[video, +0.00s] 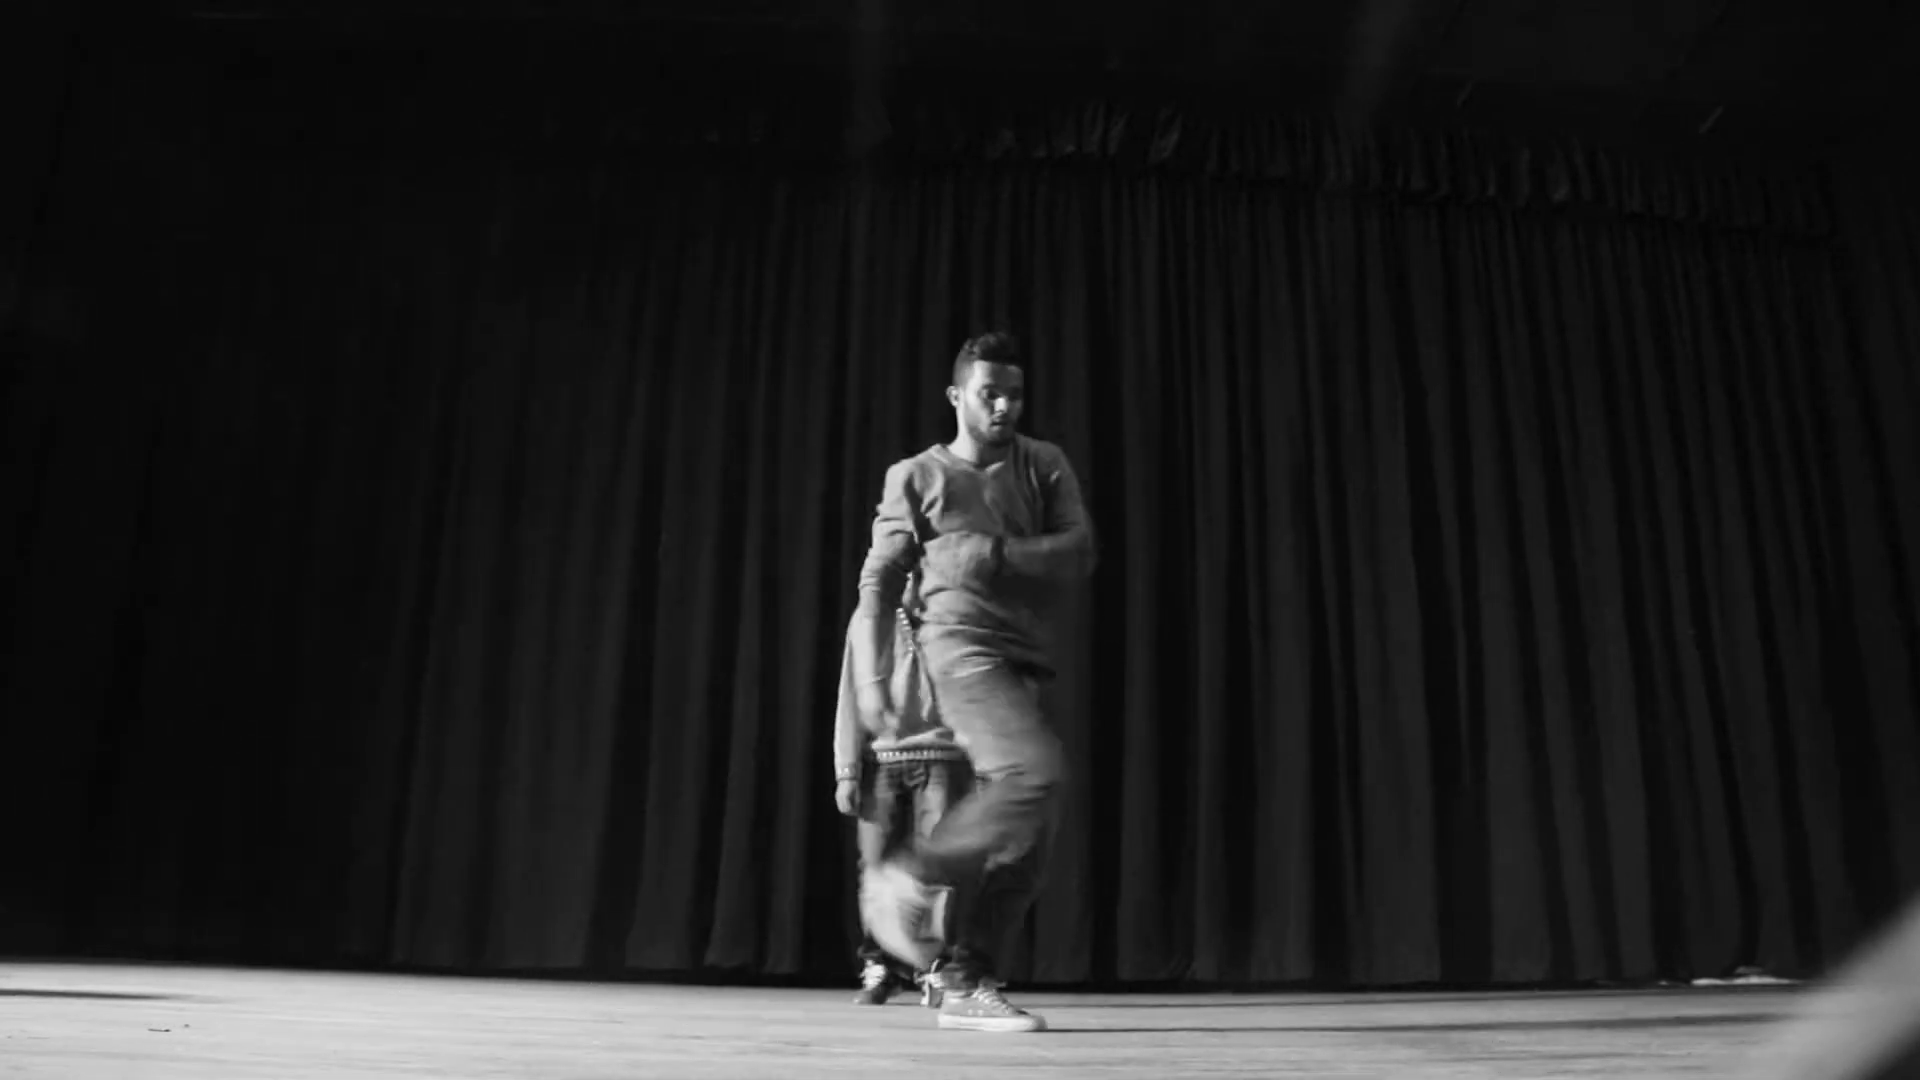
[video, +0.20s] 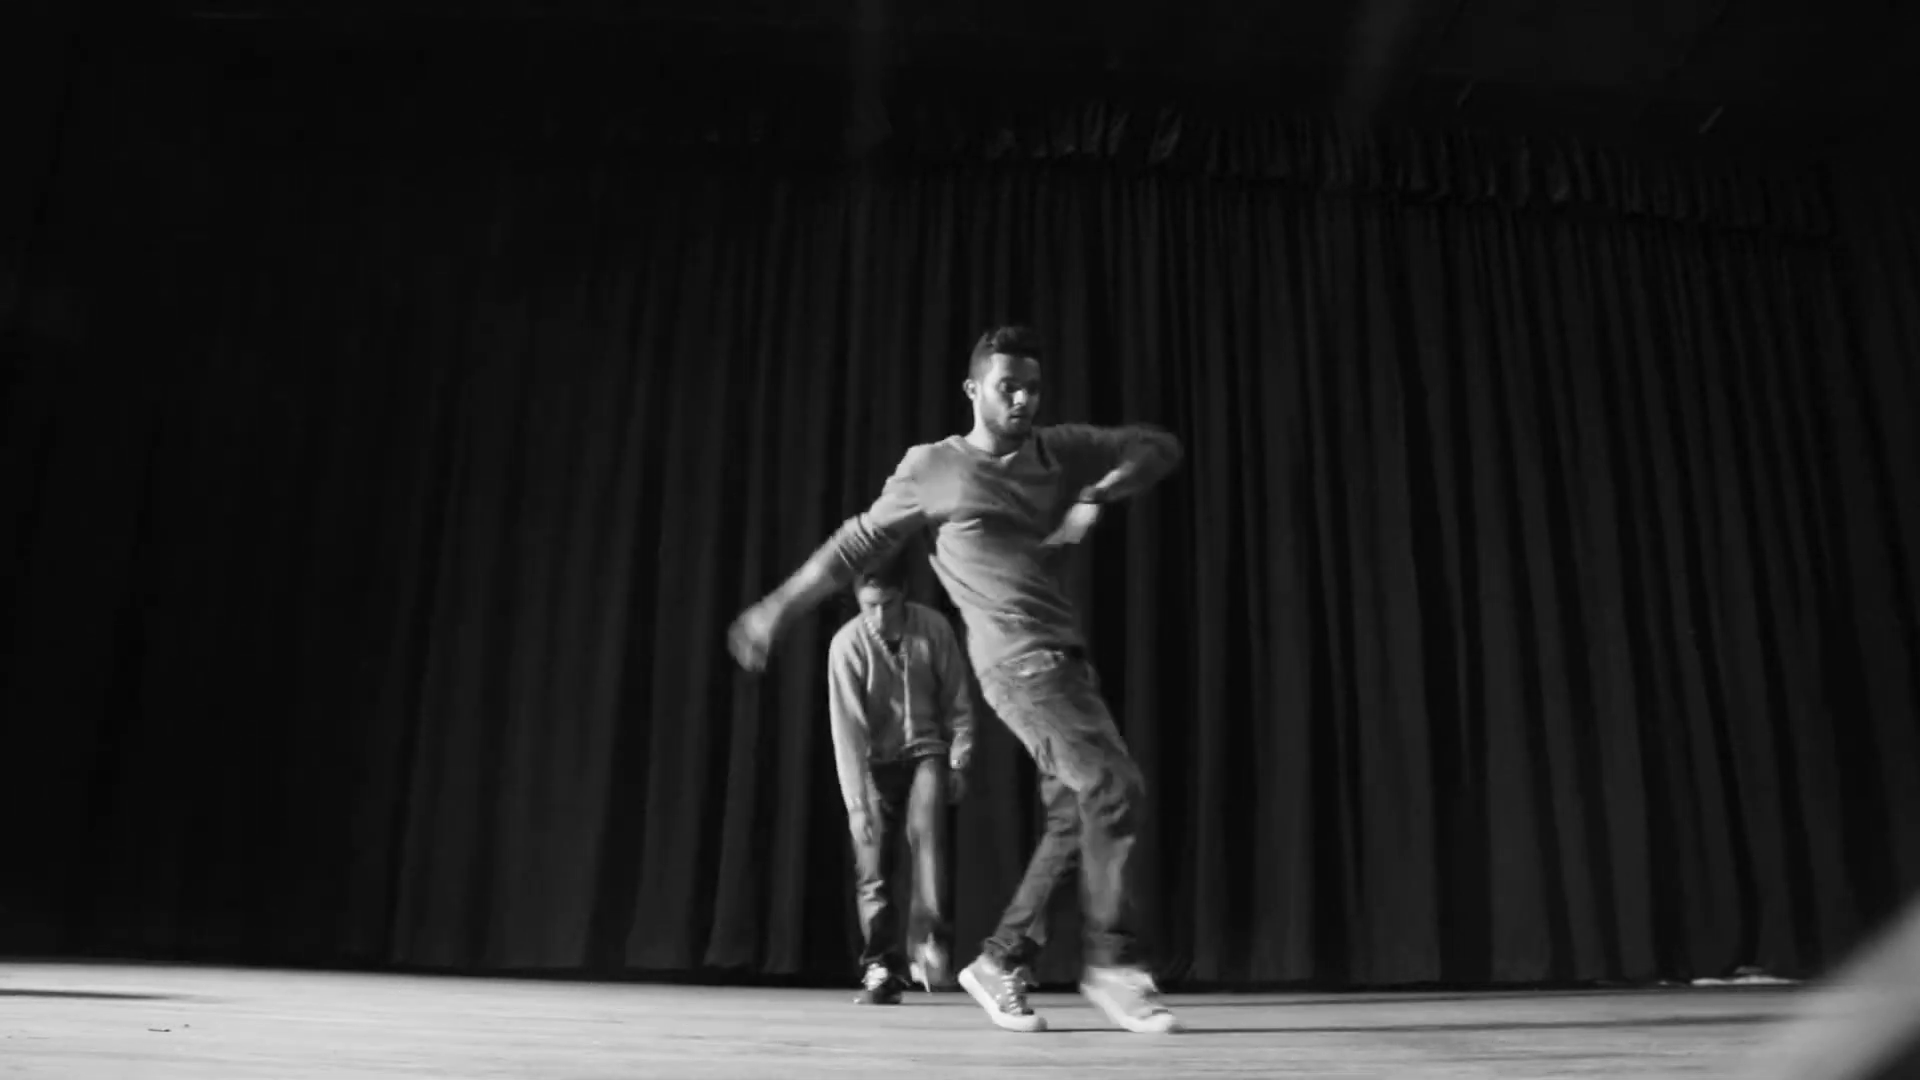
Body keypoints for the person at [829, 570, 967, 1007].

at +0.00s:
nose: (909, 590)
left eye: (916, 581)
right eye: (901, 582)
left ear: (929, 583)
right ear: (885, 584)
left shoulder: (945, 625)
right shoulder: (867, 624)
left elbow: (972, 696)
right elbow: (849, 699)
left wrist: (981, 759)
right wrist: (847, 770)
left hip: (939, 760)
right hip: (881, 761)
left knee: (938, 866)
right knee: (874, 869)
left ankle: (934, 965)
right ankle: (877, 961)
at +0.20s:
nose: (879, 617)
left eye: (886, 605)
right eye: (870, 607)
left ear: (902, 598)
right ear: (858, 604)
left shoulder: (934, 628)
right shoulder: (847, 646)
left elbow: (958, 695)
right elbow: (846, 728)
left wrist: (959, 754)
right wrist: (858, 801)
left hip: (927, 748)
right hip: (874, 754)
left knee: (927, 834)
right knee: (872, 861)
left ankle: (931, 951)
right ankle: (879, 963)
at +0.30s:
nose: (870, 632)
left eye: (877, 621)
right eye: (860, 622)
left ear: (893, 612)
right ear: (848, 619)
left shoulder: (925, 636)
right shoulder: (843, 664)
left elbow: (956, 705)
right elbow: (851, 745)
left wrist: (959, 761)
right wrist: (867, 823)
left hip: (922, 743)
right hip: (870, 751)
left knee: (928, 791)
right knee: (869, 856)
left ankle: (922, 903)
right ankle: (876, 963)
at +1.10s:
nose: (875, 626)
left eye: (882, 616)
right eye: (865, 617)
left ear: (895, 616)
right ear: (848, 616)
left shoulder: (918, 652)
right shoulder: (837, 668)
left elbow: (942, 731)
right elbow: (848, 754)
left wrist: (940, 794)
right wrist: (880, 826)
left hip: (906, 752)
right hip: (855, 759)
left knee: (914, 744)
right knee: (865, 861)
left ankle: (917, 852)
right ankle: (877, 965)